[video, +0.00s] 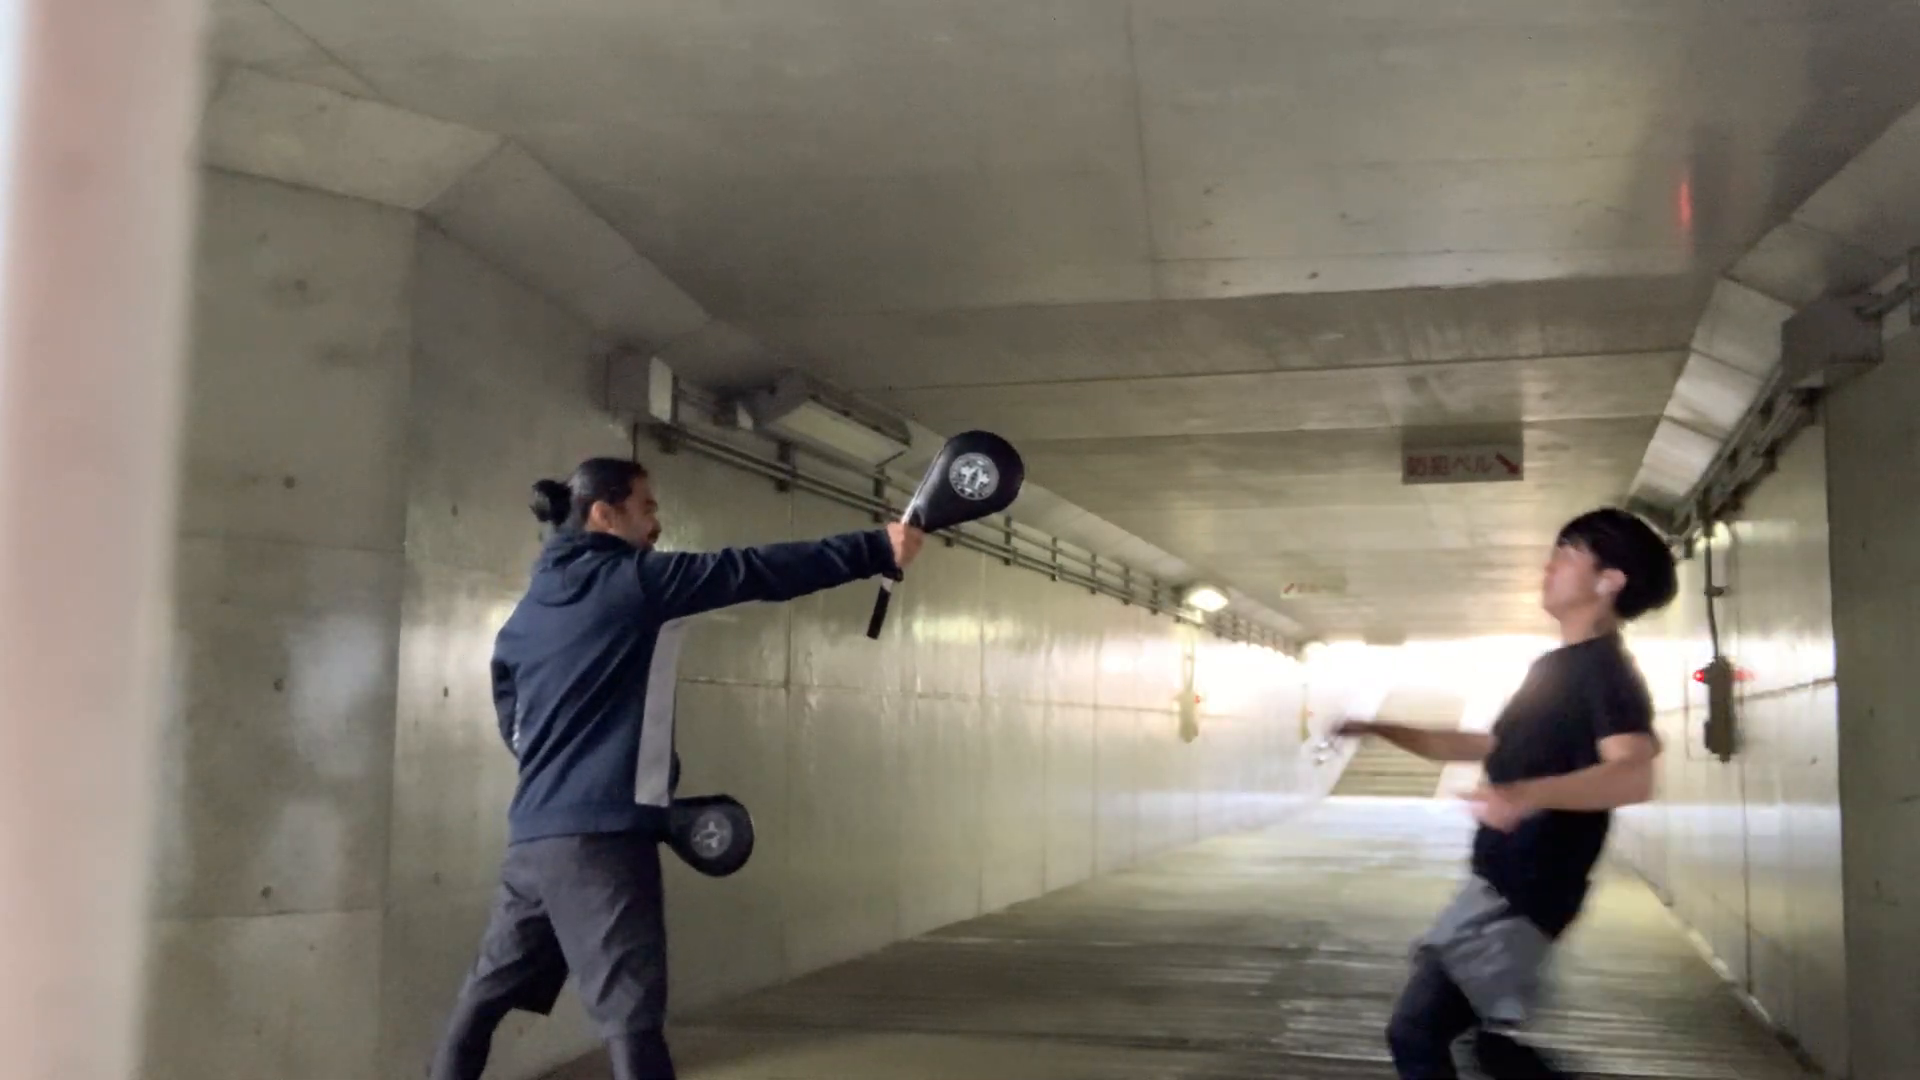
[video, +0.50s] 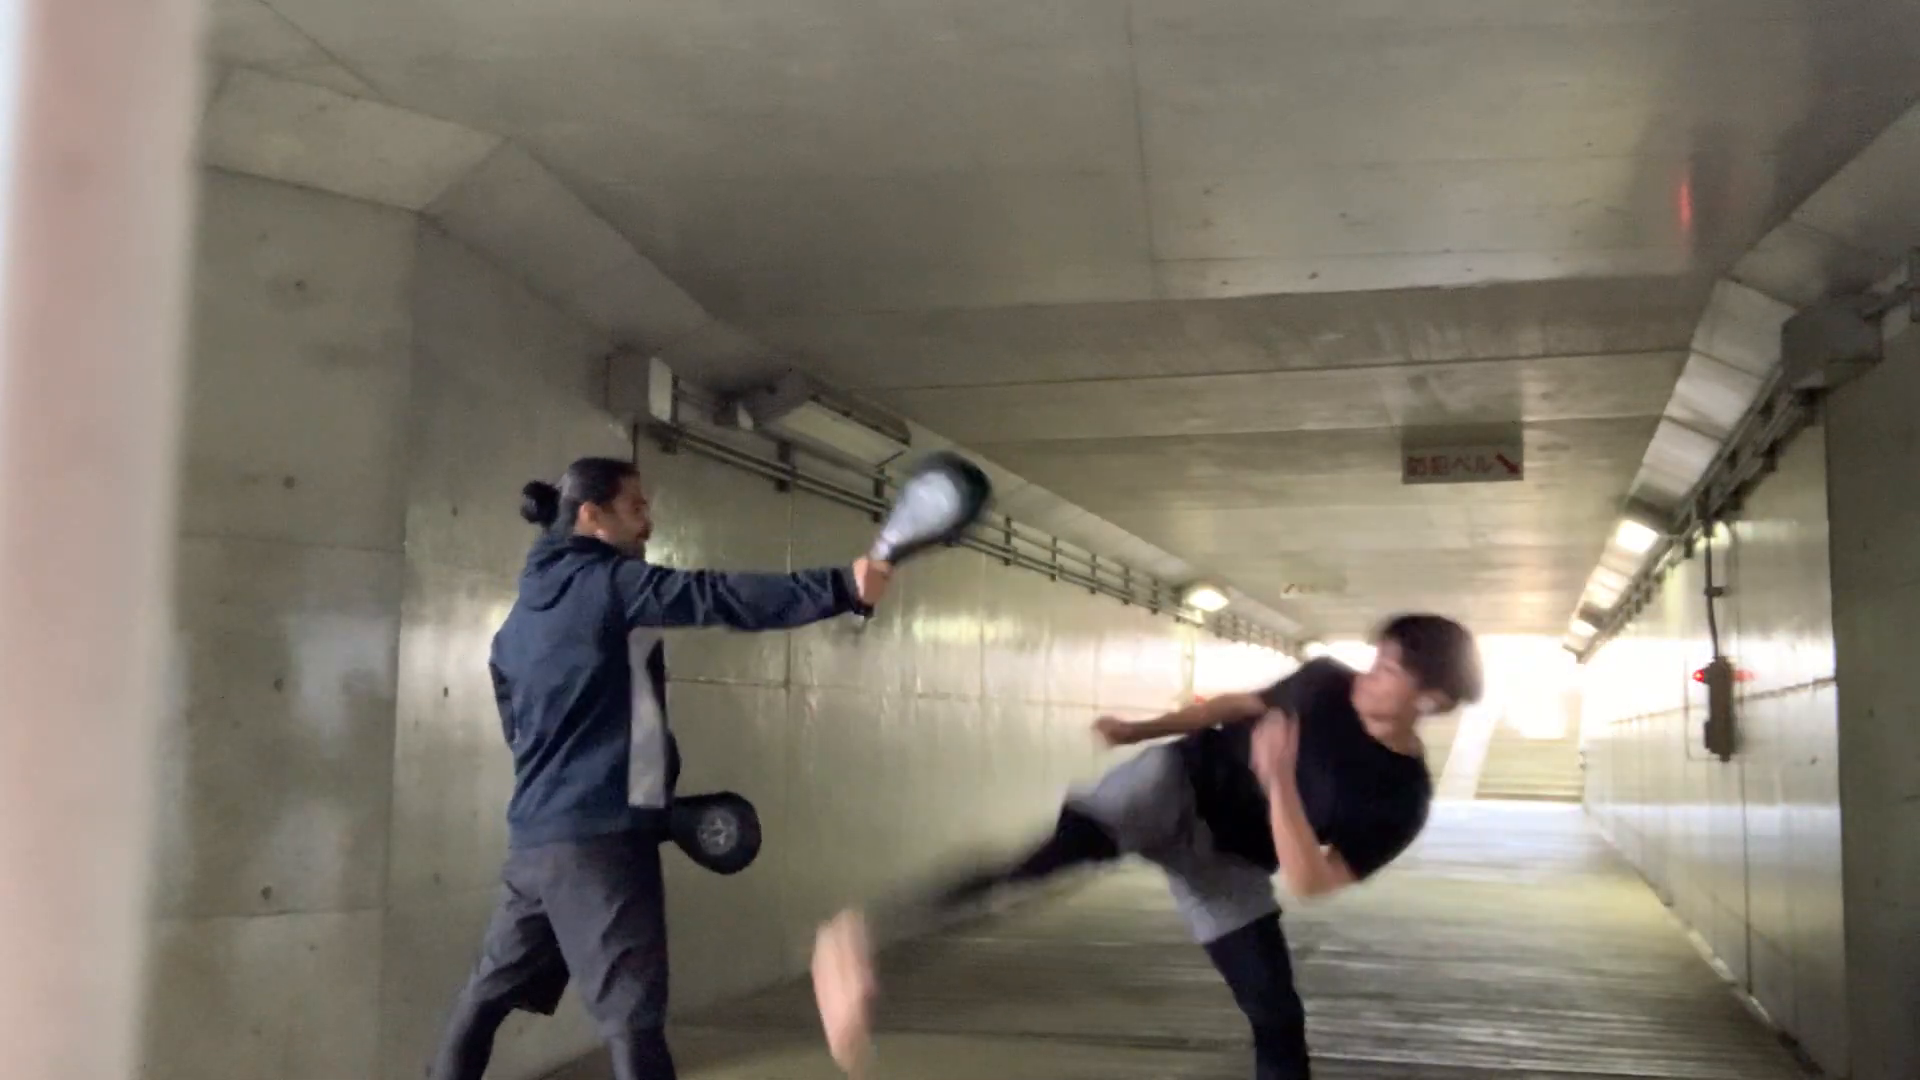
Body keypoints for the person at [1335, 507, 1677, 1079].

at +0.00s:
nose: (1548, 566)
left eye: (1566, 554)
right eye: (1555, 553)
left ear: (1610, 582)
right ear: (1602, 583)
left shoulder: (1605, 667)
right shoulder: (1554, 666)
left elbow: (1635, 776)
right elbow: (1495, 748)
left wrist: (1527, 795)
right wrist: (1384, 732)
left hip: (1524, 891)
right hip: (1498, 878)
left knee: (1415, 1034)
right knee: (1489, 1044)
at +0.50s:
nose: (1369, 669)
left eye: (1389, 667)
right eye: (1376, 656)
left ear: (1427, 698)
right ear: (1378, 661)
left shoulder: (1403, 801)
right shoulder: (1327, 683)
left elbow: (1312, 878)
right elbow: (1235, 709)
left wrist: (1279, 777)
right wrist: (1142, 726)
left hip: (1231, 866)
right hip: (1176, 789)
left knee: (1280, 1021)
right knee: (1025, 866)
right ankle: (866, 938)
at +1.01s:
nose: (1140, 537)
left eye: (1155, 524)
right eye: (1142, 522)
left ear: (1208, 542)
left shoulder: (1237, 639)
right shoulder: (1101, 600)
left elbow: (1238, 729)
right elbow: (1028, 682)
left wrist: (1198, 761)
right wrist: (1029, 776)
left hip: (1166, 835)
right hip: (1070, 816)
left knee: (1158, 1017)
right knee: (1010, 999)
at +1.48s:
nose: (1264, 569)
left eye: (1275, 557)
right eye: (1269, 556)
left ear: (1309, 572)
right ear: (1330, 578)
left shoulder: (1266, 649)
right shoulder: (1380, 662)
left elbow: (1228, 754)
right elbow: (1415, 783)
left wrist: (1180, 837)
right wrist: (1351, 803)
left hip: (1290, 878)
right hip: (1373, 875)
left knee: (1191, 1019)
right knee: (1373, 991)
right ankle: (1432, 1069)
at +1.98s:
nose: (1492, 527)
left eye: (1504, 514)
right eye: (1496, 513)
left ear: (1548, 527)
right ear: (1560, 531)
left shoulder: (1502, 599)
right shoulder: (1628, 617)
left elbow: (1508, 700)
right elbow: (1683, 730)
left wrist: (1451, 792)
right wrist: (1616, 771)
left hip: (1515, 834)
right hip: (1612, 838)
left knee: (1423, 999)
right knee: (1680, 1017)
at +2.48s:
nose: (1507, 522)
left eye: (1520, 507)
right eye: (1508, 508)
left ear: (1567, 522)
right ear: (1572, 526)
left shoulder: (1517, 590)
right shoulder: (1636, 607)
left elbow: (1516, 686)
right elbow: (1687, 716)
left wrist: (1465, 769)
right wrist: (1626, 748)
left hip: (1534, 833)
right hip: (1628, 834)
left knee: (1486, 1002)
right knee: (1687, 1004)